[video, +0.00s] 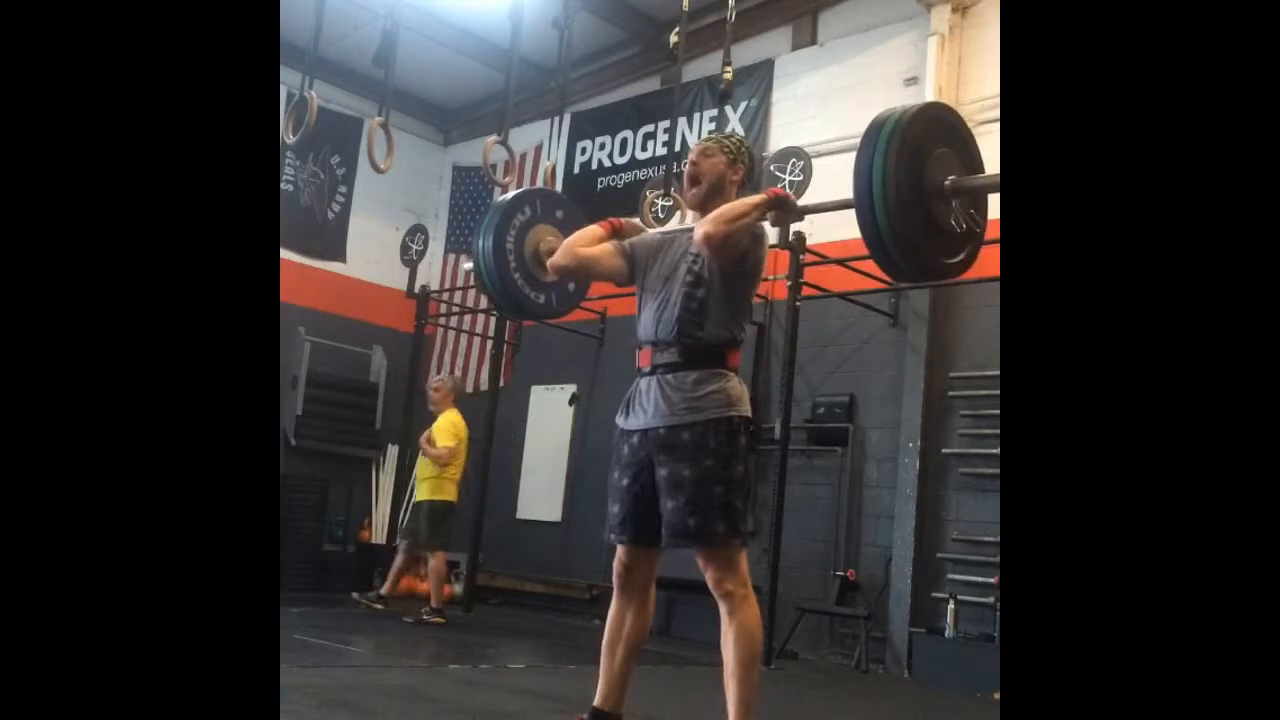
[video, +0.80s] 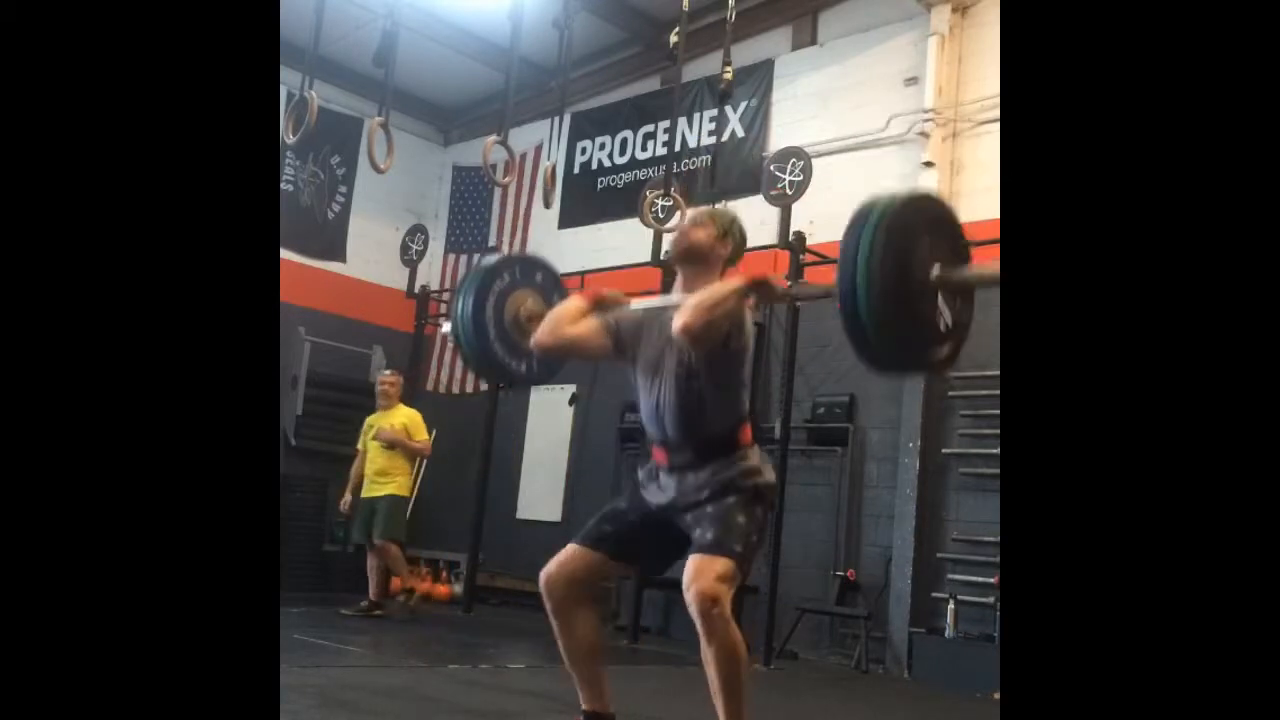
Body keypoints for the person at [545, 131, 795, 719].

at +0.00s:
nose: (691, 164)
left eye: (706, 156)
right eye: (690, 156)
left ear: (737, 173)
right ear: (682, 173)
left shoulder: (741, 237)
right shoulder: (657, 242)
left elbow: (708, 232)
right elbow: (562, 260)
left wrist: (765, 202)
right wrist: (612, 225)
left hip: (707, 417)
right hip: (641, 416)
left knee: (726, 580)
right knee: (629, 575)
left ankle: (739, 714)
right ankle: (605, 708)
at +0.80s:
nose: (680, 222)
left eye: (698, 220)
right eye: (681, 218)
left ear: (724, 248)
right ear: (672, 246)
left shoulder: (728, 307)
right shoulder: (641, 321)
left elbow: (686, 324)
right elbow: (545, 337)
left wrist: (740, 284)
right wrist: (590, 300)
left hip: (730, 485)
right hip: (663, 488)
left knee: (705, 594)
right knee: (561, 581)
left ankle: (732, 716)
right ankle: (595, 710)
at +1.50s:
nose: (655, 362)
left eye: (672, 356)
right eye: (653, 357)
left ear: (699, 381)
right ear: (645, 377)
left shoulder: (713, 451)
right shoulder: (619, 453)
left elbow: (676, 524)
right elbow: (540, 516)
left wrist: (720, 447)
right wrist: (559, 446)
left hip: (737, 590)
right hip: (657, 589)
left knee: (694, 598)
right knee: (554, 589)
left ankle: (725, 714)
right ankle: (595, 711)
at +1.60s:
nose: (657, 340)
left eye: (674, 335)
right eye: (656, 335)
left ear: (701, 361)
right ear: (649, 355)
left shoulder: (716, 431)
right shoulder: (622, 430)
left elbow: (681, 504)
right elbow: (544, 499)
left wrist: (723, 423)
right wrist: (560, 428)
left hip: (737, 563)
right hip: (660, 565)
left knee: (692, 593)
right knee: (561, 586)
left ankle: (725, 714)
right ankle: (595, 710)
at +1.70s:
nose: (660, 314)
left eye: (677, 311)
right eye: (660, 308)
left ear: (702, 340)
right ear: (651, 334)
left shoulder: (717, 407)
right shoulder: (625, 409)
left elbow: (687, 484)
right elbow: (548, 482)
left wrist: (725, 404)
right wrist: (561, 408)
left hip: (741, 542)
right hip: (665, 544)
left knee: (688, 591)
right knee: (568, 584)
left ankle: (725, 716)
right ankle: (596, 711)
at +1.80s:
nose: (664, 290)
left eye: (681, 289)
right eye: (666, 286)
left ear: (706, 317)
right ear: (655, 316)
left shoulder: (718, 385)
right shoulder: (626, 389)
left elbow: (691, 460)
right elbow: (552, 462)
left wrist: (729, 382)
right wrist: (563, 391)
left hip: (739, 522)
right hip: (665, 523)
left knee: (687, 589)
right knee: (570, 583)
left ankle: (725, 716)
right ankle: (597, 711)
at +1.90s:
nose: (669, 266)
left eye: (686, 264)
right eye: (669, 263)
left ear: (711, 292)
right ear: (657, 292)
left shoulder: (723, 357)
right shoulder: (630, 366)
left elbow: (695, 435)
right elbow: (556, 439)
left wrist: (732, 361)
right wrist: (569, 370)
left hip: (736, 506)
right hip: (664, 510)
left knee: (683, 588)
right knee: (570, 582)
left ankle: (725, 716)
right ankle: (597, 711)